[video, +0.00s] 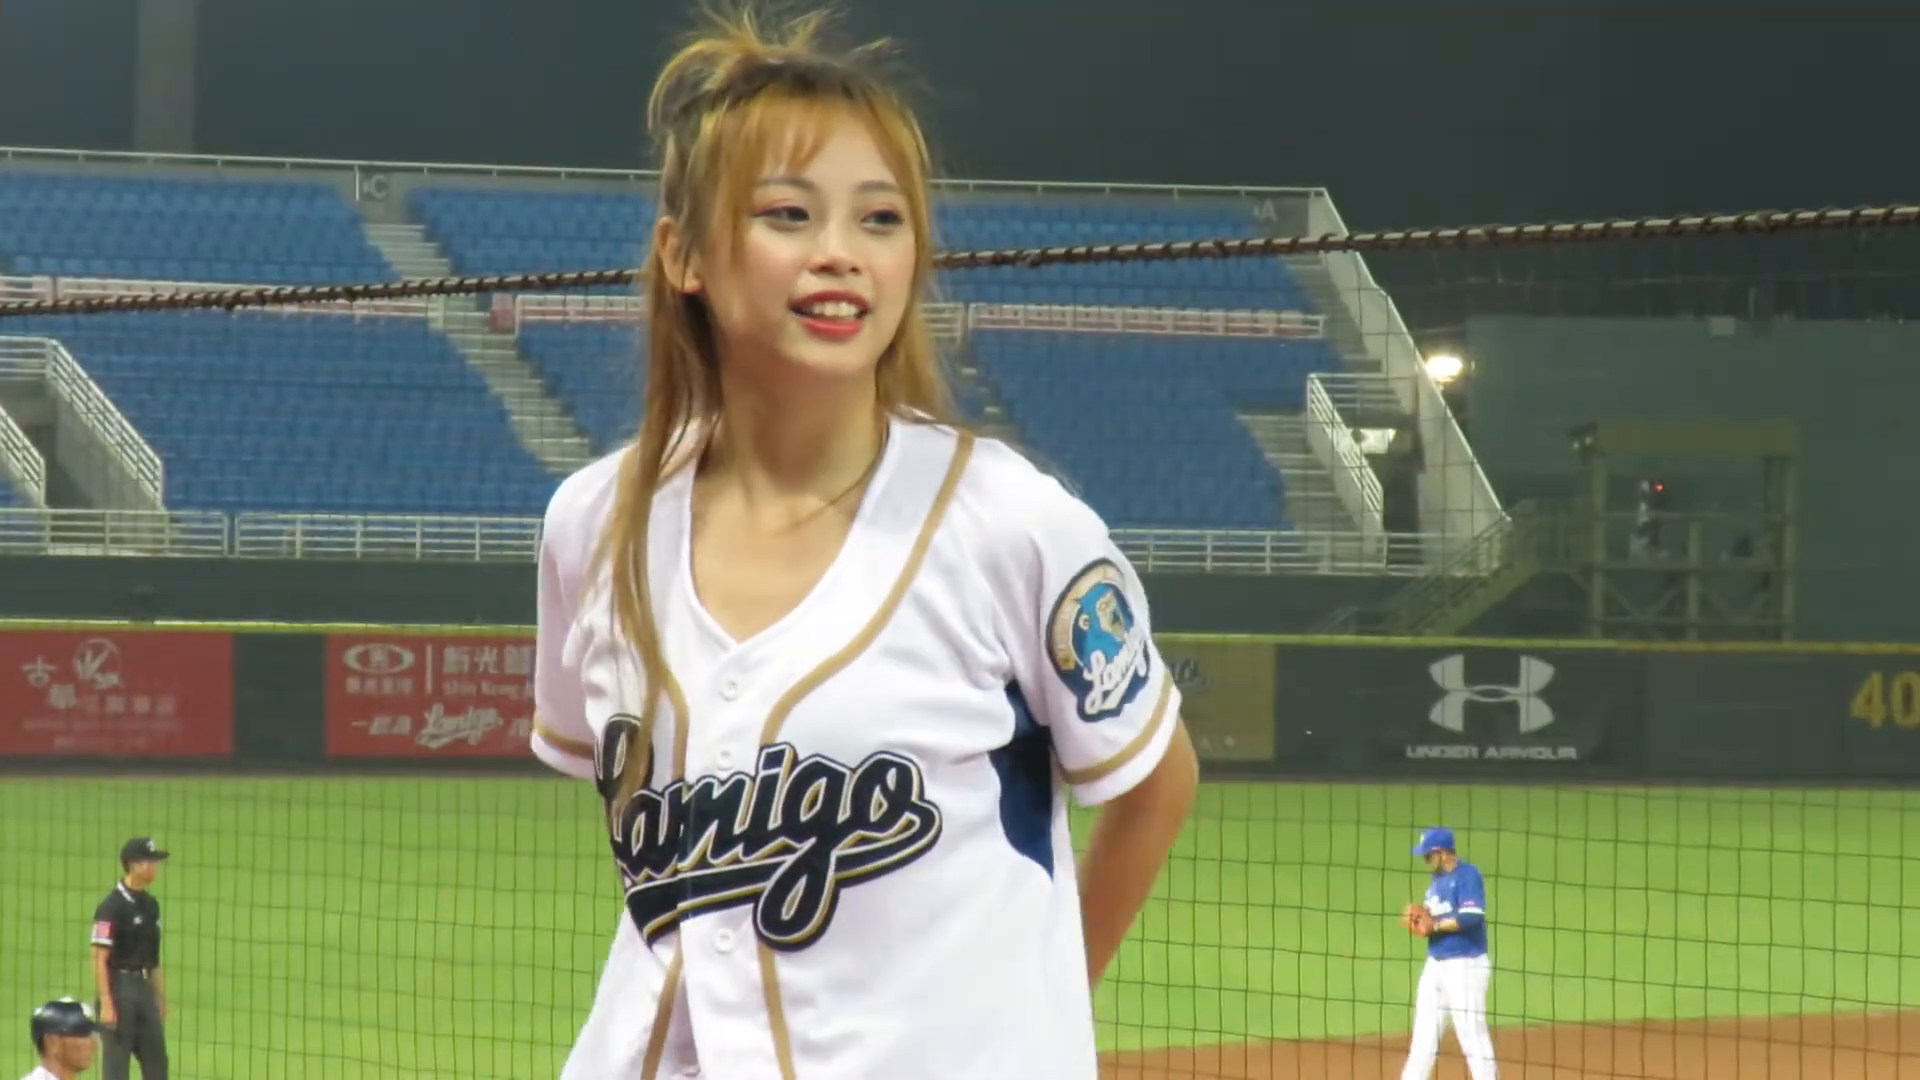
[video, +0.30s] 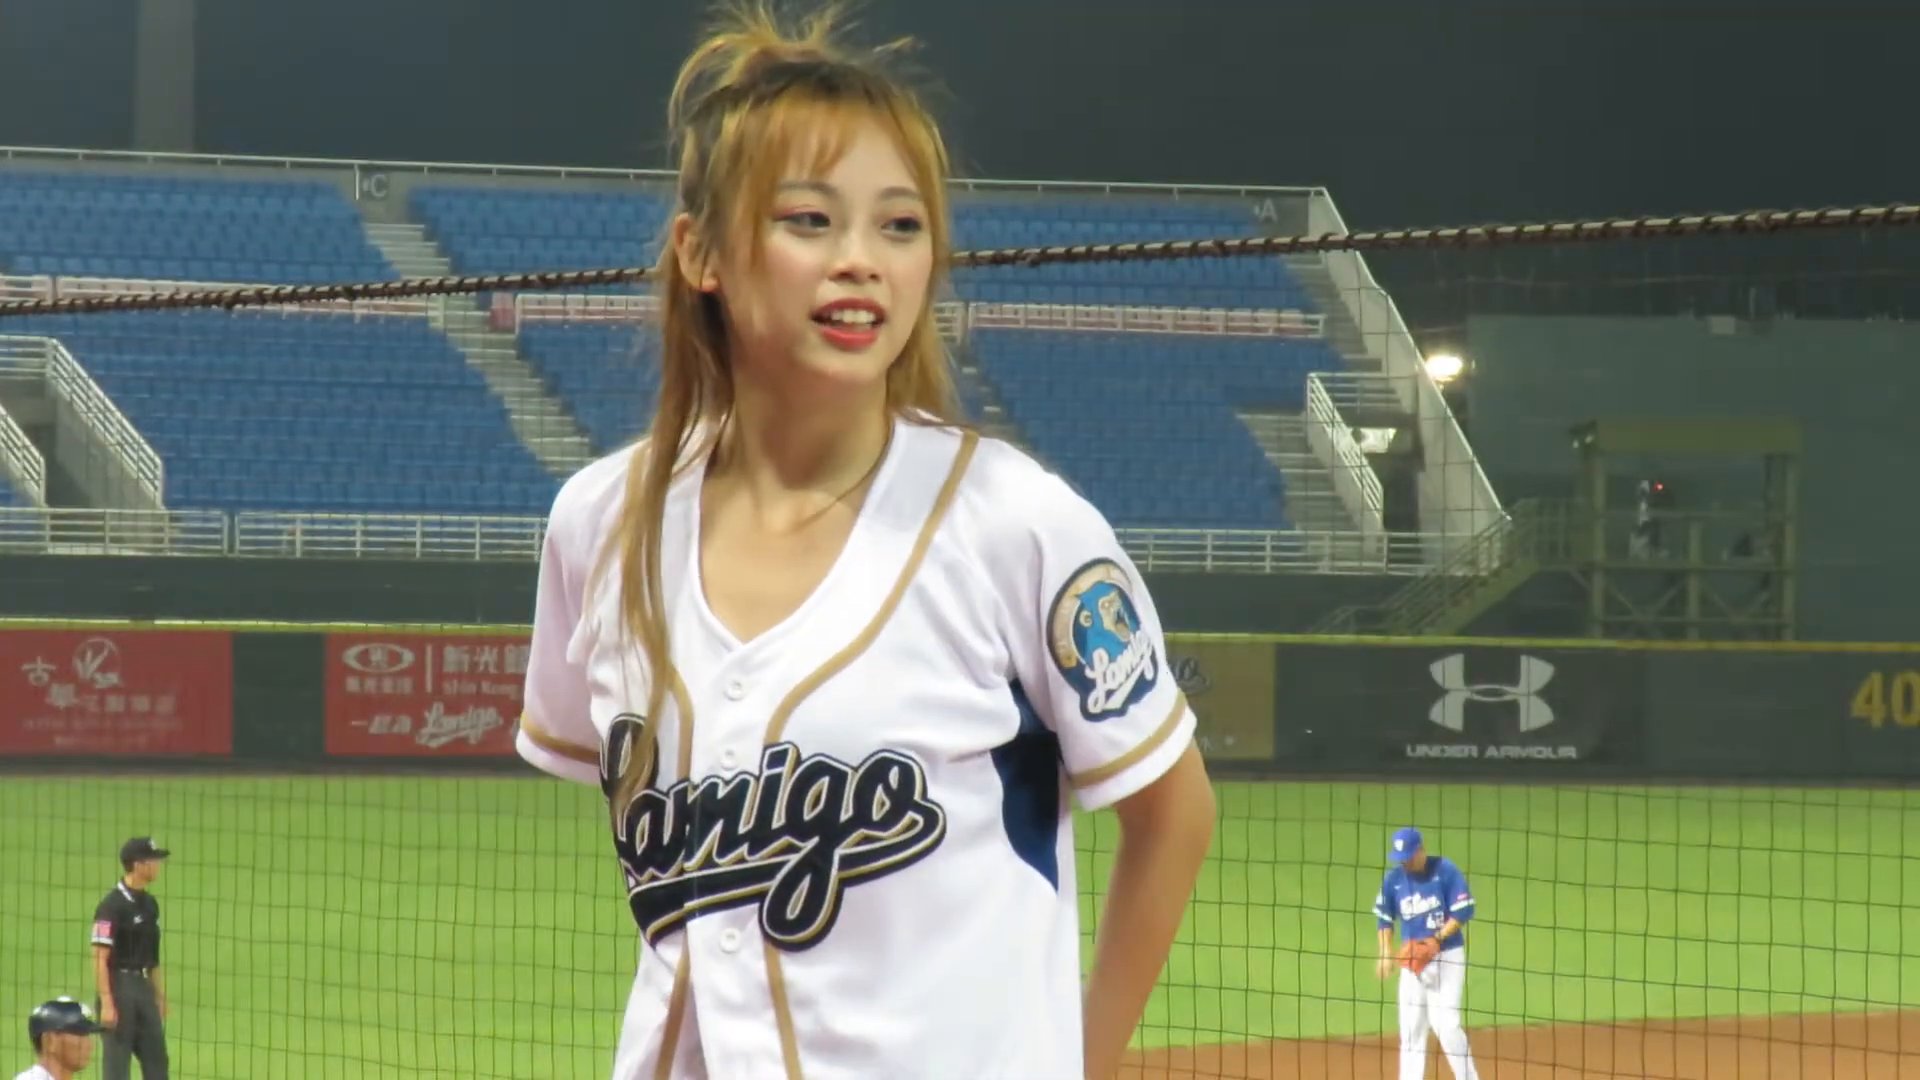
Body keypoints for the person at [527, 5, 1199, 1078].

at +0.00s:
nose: (841, 257)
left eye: (880, 219)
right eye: (788, 214)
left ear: (916, 263)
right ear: (688, 260)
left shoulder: (1019, 527)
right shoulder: (597, 523)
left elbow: (1156, 782)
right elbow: (632, 795)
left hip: (966, 1052)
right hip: (674, 1047)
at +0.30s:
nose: (862, 263)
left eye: (900, 226)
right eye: (809, 219)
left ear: (933, 265)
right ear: (704, 257)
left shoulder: (1022, 526)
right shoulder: (603, 522)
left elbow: (1175, 812)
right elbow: (644, 816)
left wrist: (1092, 1056)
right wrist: (741, 1026)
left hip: (976, 1056)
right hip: (690, 1053)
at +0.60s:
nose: (888, 259)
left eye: (924, 225)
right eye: (837, 214)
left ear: (952, 266)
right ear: (723, 248)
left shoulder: (1033, 502)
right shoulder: (615, 496)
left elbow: (1142, 822)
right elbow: (650, 808)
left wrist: (1071, 1053)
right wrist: (747, 1029)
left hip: (977, 1054)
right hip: (684, 1053)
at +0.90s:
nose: (889, 252)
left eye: (923, 216)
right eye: (837, 208)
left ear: (957, 259)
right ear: (725, 246)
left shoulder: (1040, 492)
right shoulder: (616, 496)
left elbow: (1127, 829)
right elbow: (657, 811)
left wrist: (1066, 1056)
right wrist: (759, 1030)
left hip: (982, 1054)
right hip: (687, 1054)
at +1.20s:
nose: (875, 249)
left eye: (911, 213)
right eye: (822, 206)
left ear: (946, 261)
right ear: (718, 249)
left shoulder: (1040, 509)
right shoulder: (622, 510)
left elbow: (1133, 850)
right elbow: (662, 837)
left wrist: (1084, 1064)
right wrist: (767, 1042)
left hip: (989, 1056)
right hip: (697, 1056)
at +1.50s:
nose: (860, 250)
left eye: (900, 212)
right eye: (806, 207)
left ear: (938, 258)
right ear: (714, 253)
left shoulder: (1040, 507)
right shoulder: (626, 513)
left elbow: (1134, 848)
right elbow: (662, 838)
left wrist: (1090, 1064)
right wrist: (767, 1041)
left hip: (989, 1055)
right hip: (701, 1055)